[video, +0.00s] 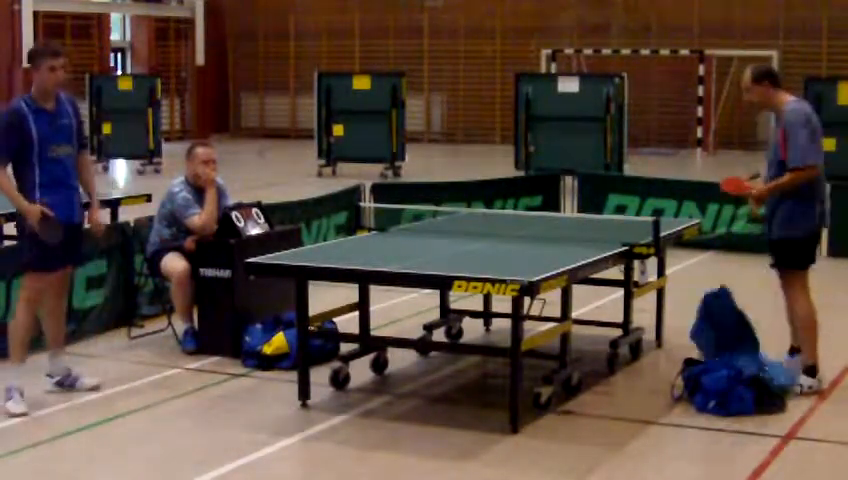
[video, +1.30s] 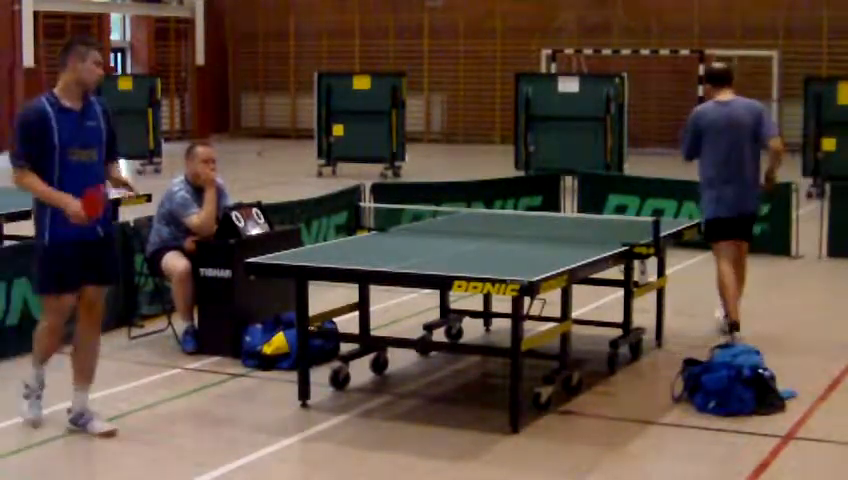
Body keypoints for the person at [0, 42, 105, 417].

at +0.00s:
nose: (59, 76)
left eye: (62, 69)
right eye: (52, 70)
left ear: (65, 72)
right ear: (33, 72)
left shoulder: (71, 108)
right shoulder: (15, 115)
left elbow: (82, 157)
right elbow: (0, 169)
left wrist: (94, 203)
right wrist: (23, 205)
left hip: (70, 214)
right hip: (38, 216)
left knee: (60, 288)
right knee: (32, 291)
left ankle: (57, 368)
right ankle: (13, 383)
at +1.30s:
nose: (102, 72)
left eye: (102, 65)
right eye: (96, 64)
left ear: (88, 68)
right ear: (73, 64)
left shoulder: (99, 112)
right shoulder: (36, 114)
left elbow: (110, 163)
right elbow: (22, 174)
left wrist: (121, 179)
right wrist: (64, 201)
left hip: (98, 228)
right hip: (58, 232)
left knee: (92, 308)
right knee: (59, 307)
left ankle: (80, 406)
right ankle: (36, 380)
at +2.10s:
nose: (191, 75)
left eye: (190, 67)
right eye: (189, 67)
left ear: (163, 67)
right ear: (177, 68)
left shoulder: (167, 113)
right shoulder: (151, 118)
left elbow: (176, 175)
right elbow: (147, 189)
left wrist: (203, 201)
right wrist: (199, 218)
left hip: (183, 233)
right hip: (159, 239)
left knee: (211, 310)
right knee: (162, 324)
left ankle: (159, 390)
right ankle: (167, 426)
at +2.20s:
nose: (206, 76)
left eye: (205, 68)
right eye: (203, 68)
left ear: (180, 68)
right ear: (191, 68)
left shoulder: (178, 114)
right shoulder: (166, 117)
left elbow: (178, 186)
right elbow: (165, 190)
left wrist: (211, 211)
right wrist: (217, 216)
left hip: (192, 235)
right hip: (168, 239)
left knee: (221, 306)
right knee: (172, 322)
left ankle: (207, 414)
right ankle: (168, 429)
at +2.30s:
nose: (220, 77)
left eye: (220, 68)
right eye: (219, 68)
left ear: (187, 68)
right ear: (208, 68)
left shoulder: (189, 115)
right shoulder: (178, 118)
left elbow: (186, 189)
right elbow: (180, 191)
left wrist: (223, 210)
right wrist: (233, 216)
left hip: (206, 238)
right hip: (179, 243)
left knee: (229, 313)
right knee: (178, 324)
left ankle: (241, 420)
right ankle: (167, 428)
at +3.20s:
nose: (312, 87)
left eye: (311, 80)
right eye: (312, 81)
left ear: (275, 72)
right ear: (304, 81)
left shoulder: (234, 107)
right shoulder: (289, 131)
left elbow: (219, 175)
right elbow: (299, 207)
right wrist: (329, 240)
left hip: (230, 245)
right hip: (272, 253)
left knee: (240, 333)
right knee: (270, 347)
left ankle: (241, 423)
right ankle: (272, 452)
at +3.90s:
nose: (250, 77)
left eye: (248, 70)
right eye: (250, 71)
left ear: (209, 66)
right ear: (242, 72)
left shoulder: (175, 113)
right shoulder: (239, 125)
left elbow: (163, 175)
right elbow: (248, 199)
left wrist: (186, 218)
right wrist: (292, 225)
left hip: (190, 252)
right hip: (240, 254)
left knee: (183, 344)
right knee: (258, 343)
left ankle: (176, 454)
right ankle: (270, 450)